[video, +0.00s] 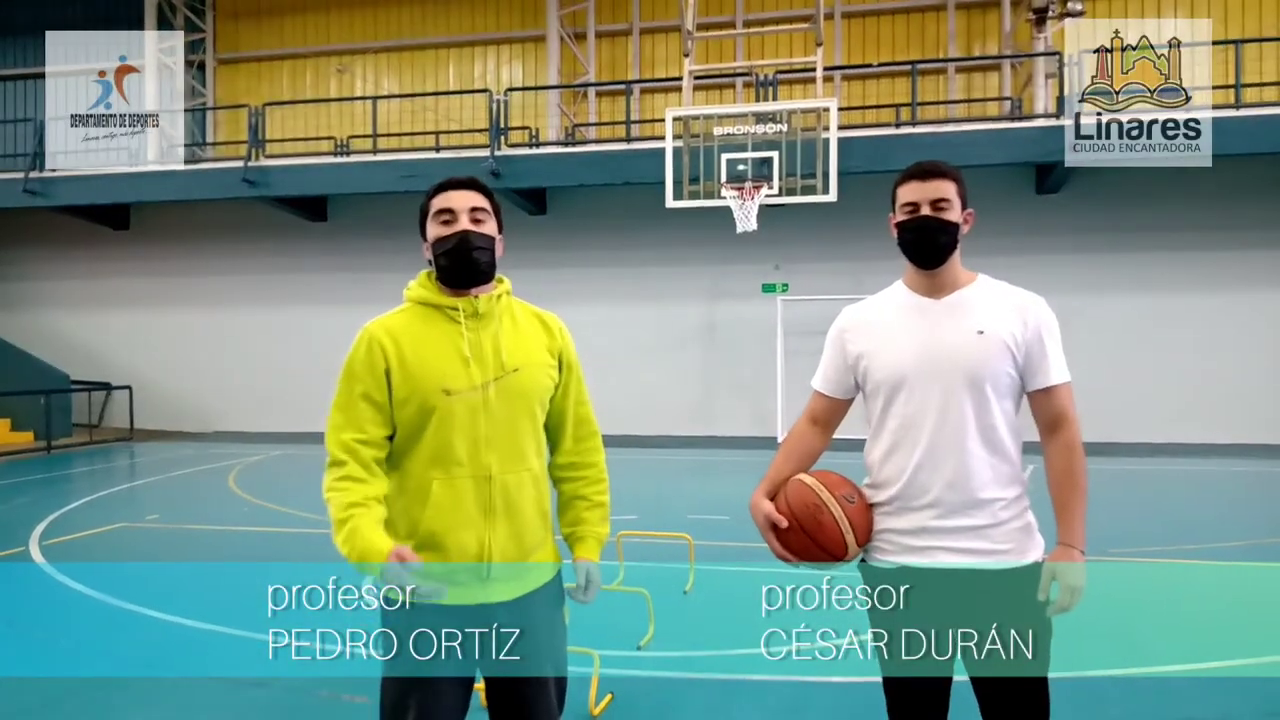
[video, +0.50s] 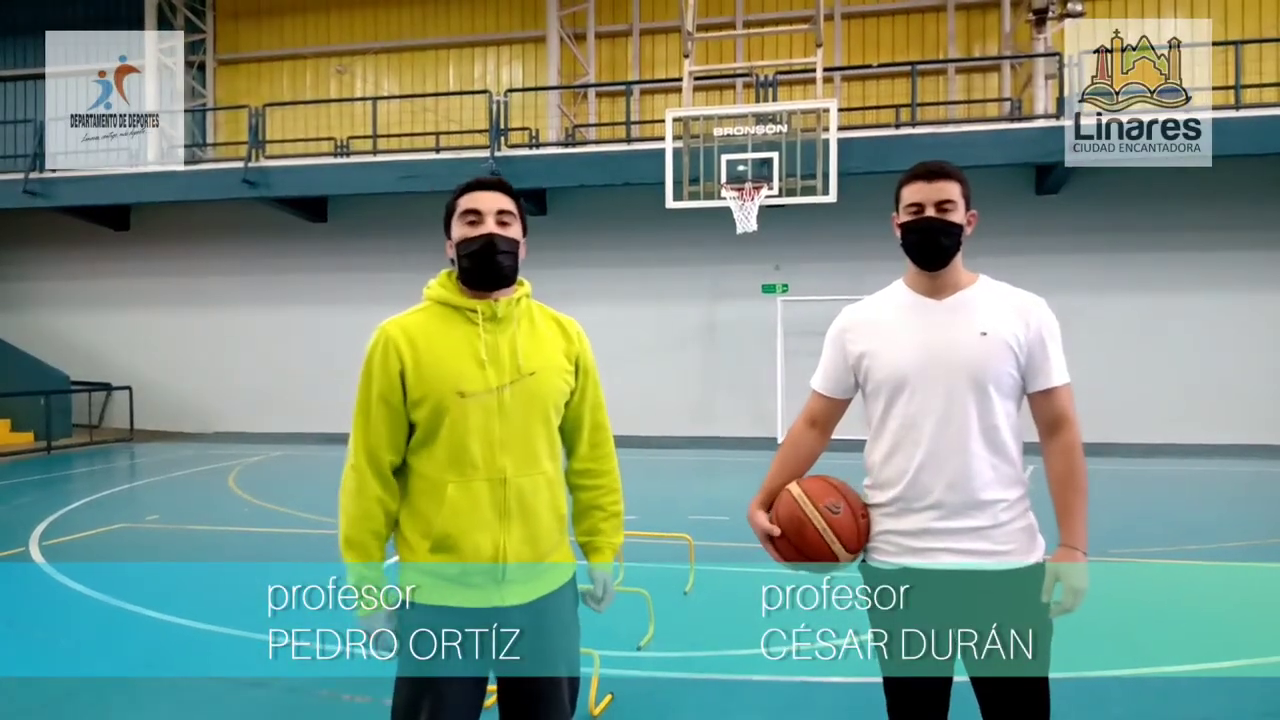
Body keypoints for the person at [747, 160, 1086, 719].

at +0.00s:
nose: (925, 218)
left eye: (940, 207)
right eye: (910, 209)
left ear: (966, 220)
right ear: (893, 227)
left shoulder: (1022, 314)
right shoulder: (858, 324)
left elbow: (1060, 431)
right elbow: (815, 424)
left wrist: (1070, 545)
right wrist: (763, 492)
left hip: (1003, 561)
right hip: (900, 563)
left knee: (1018, 711)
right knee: (913, 713)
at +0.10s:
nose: (926, 219)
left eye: (941, 208)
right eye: (910, 210)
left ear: (967, 221)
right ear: (893, 227)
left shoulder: (1022, 315)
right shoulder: (858, 325)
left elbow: (1059, 432)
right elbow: (813, 424)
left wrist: (1070, 546)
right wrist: (761, 494)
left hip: (1003, 562)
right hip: (900, 563)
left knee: (1019, 711)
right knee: (913, 713)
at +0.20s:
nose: (926, 220)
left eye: (941, 209)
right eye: (911, 211)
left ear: (967, 221)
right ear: (894, 227)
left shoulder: (1022, 316)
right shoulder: (857, 324)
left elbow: (1059, 432)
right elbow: (812, 423)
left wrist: (1070, 545)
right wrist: (759, 496)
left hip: (1003, 560)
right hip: (900, 562)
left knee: (1019, 710)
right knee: (913, 712)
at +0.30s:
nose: (927, 220)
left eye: (942, 209)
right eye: (912, 210)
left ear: (968, 221)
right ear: (894, 225)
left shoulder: (1022, 315)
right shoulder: (858, 323)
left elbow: (1059, 432)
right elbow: (812, 423)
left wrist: (1070, 545)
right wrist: (759, 499)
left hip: (1003, 561)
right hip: (900, 562)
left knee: (1018, 711)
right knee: (913, 713)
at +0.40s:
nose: (928, 221)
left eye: (943, 209)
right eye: (913, 211)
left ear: (968, 221)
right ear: (895, 226)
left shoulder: (1023, 316)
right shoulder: (858, 324)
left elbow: (1059, 432)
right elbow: (813, 425)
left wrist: (1071, 546)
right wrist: (760, 501)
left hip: (1004, 561)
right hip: (900, 563)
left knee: (1019, 711)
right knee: (913, 713)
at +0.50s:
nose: (929, 219)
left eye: (944, 208)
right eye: (914, 210)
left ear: (969, 221)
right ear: (896, 226)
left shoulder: (1023, 316)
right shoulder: (858, 324)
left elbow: (1059, 432)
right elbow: (813, 425)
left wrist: (1072, 546)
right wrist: (760, 503)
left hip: (1004, 561)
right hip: (900, 563)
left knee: (1019, 709)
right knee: (913, 712)